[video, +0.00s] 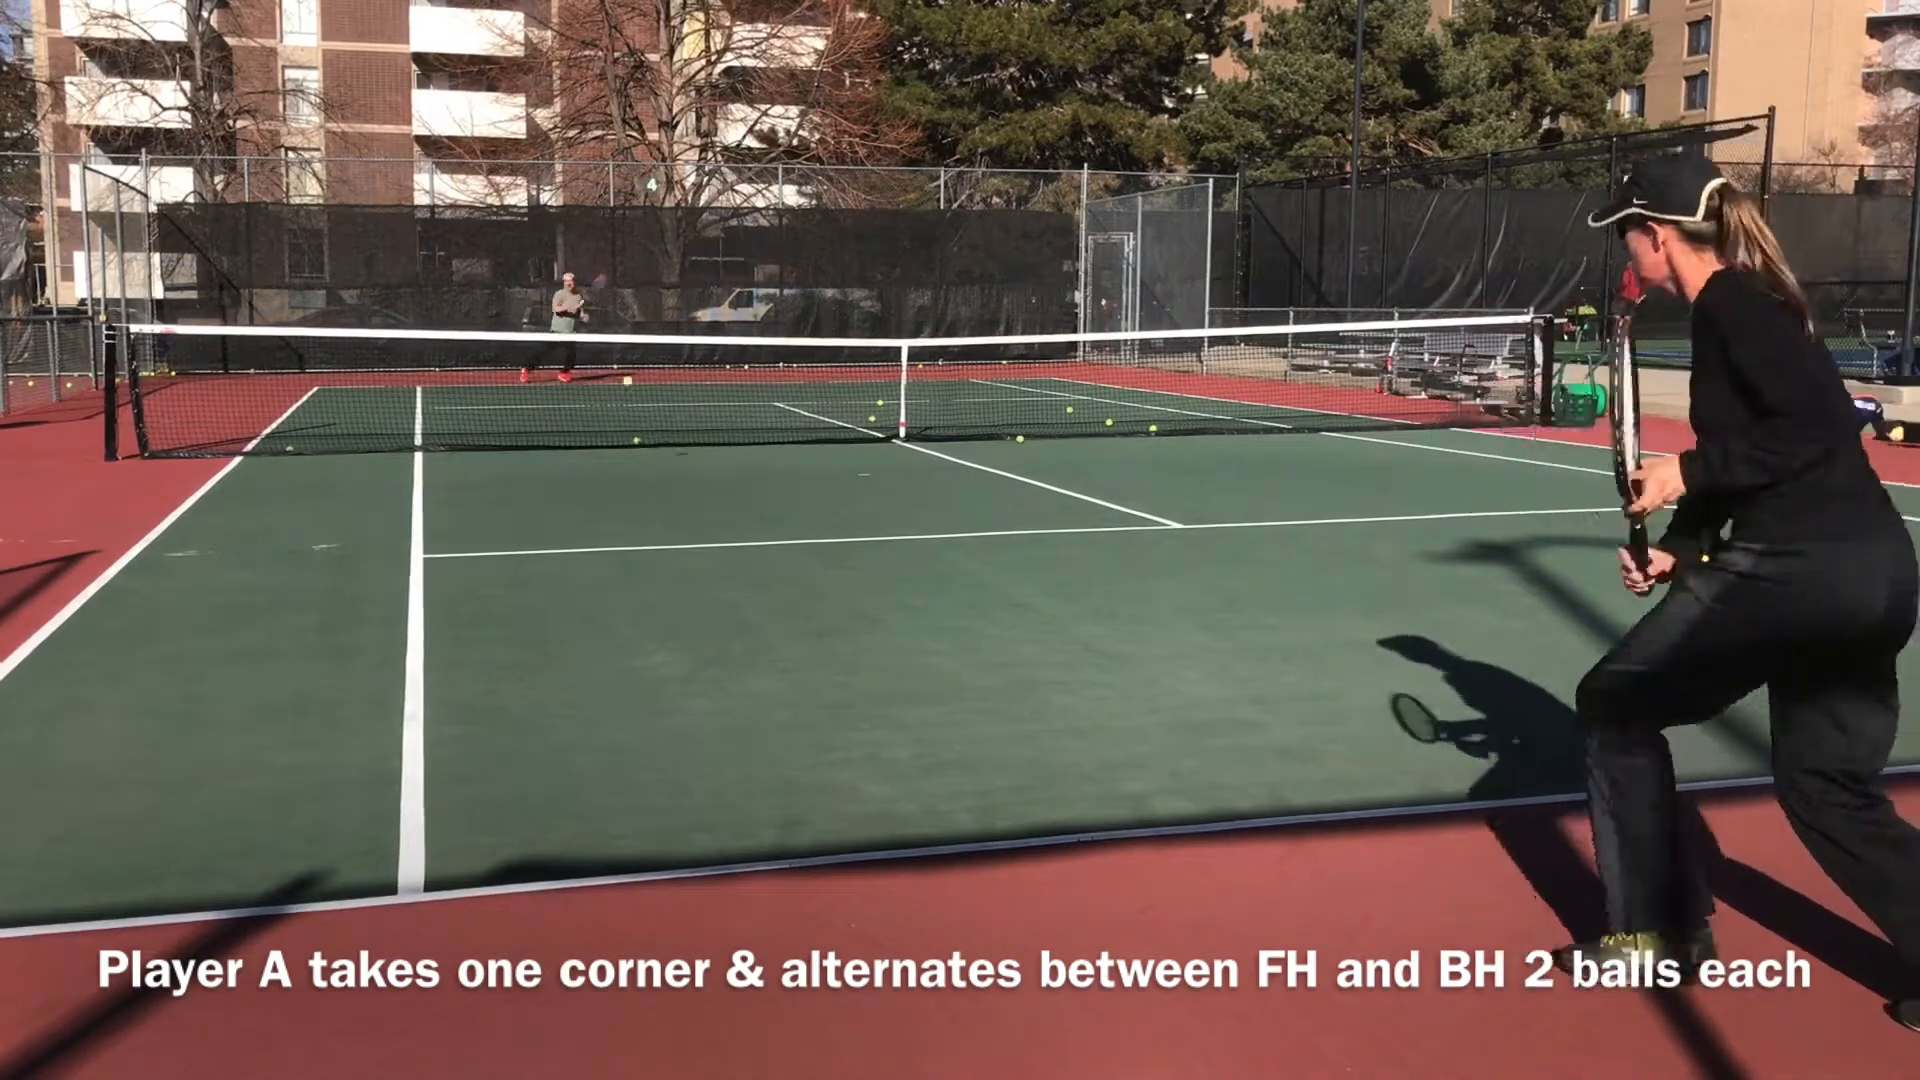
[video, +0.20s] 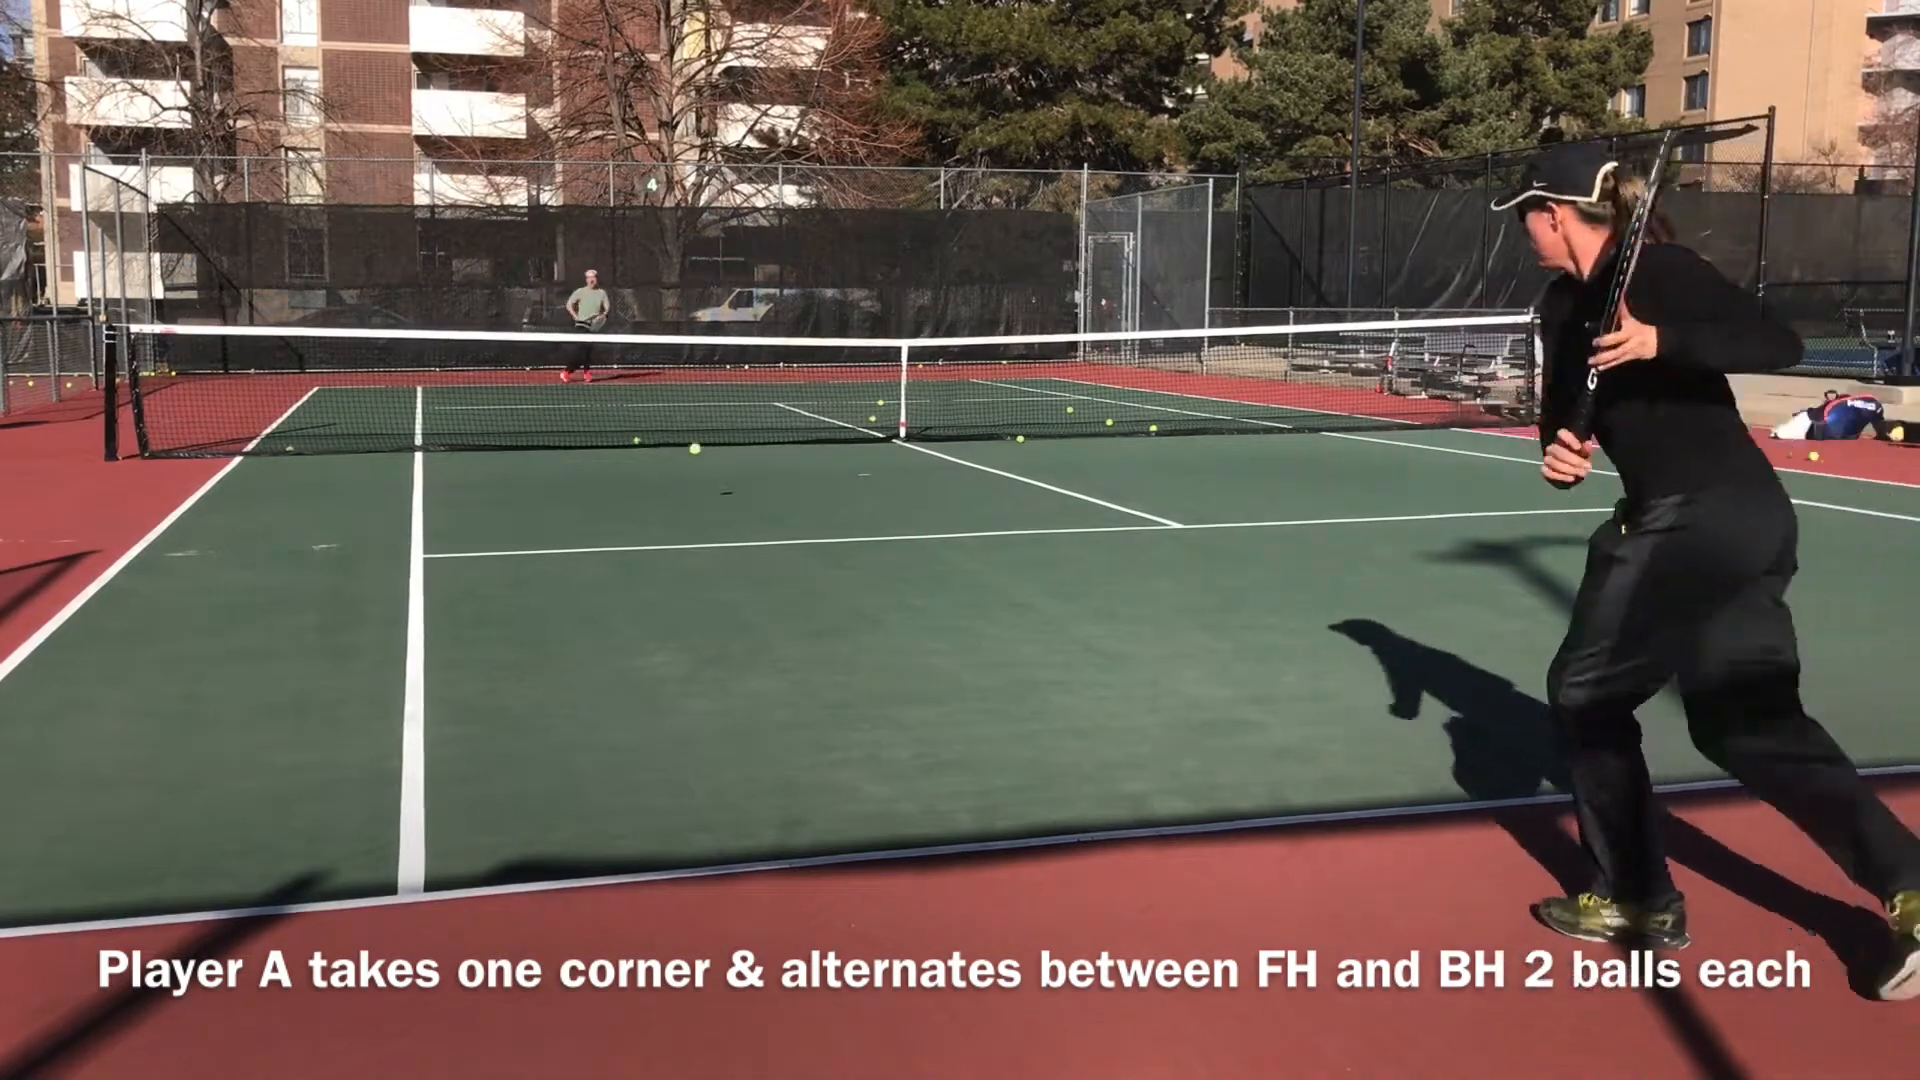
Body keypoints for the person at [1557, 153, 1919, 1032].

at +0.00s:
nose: (1630, 262)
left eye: (1631, 242)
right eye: (1628, 244)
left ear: (1664, 236)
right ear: (1696, 233)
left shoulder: (1731, 306)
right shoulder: (1750, 305)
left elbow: (1820, 426)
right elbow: (1758, 464)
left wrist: (1689, 470)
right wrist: (1681, 554)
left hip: (1795, 568)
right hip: (1864, 574)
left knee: (1614, 703)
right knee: (1828, 790)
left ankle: (1653, 938)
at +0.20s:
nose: (1528, 231)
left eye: (1534, 215)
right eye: (1527, 217)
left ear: (1569, 215)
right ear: (1570, 218)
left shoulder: (1657, 271)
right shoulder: (1565, 302)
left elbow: (1778, 344)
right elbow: (1566, 407)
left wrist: (1662, 340)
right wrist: (1564, 446)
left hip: (1698, 509)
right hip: (1734, 509)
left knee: (1586, 693)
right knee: (1746, 720)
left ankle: (1637, 898)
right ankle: (1906, 885)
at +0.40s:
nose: (1448, 262)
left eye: (1458, 245)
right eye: (1442, 251)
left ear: (1492, 240)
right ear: (1445, 259)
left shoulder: (1543, 279)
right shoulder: (1473, 328)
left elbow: (1633, 319)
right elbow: (1448, 416)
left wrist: (1516, 276)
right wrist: (1425, 392)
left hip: (1618, 507)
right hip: (1570, 514)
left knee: (1536, 709)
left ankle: (1637, 894)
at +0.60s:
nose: (1363, 273)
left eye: (1369, 260)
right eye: (1359, 265)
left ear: (1398, 253)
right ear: (1370, 269)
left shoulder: (1444, 280)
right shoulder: (1388, 314)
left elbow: (1518, 277)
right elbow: (1359, 360)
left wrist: (1436, 225)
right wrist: (1347, 307)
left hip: (1502, 478)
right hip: (1462, 490)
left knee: (1514, 637)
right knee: (1407, 594)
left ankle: (1585, 815)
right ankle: (1370, 704)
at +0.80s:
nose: (1265, 348)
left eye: (1267, 335)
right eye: (1261, 338)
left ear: (1298, 324)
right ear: (1296, 326)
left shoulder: (1354, 342)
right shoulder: (1323, 359)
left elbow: (1376, 407)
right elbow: (1287, 423)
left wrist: (1318, 416)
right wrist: (1249, 463)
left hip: (1448, 499)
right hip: (1416, 501)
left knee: (1433, 654)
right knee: (1334, 566)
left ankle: (1515, 787)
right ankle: (1344, 708)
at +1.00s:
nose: (1246, 341)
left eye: (1245, 329)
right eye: (1241, 333)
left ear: (1271, 314)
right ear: (1275, 315)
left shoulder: (1314, 325)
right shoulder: (1328, 329)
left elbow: (1358, 383)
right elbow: (1378, 399)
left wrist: (1341, 443)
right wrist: (1365, 469)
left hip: (1428, 463)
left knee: (1390, 620)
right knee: (1341, 561)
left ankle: (1521, 709)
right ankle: (1347, 707)